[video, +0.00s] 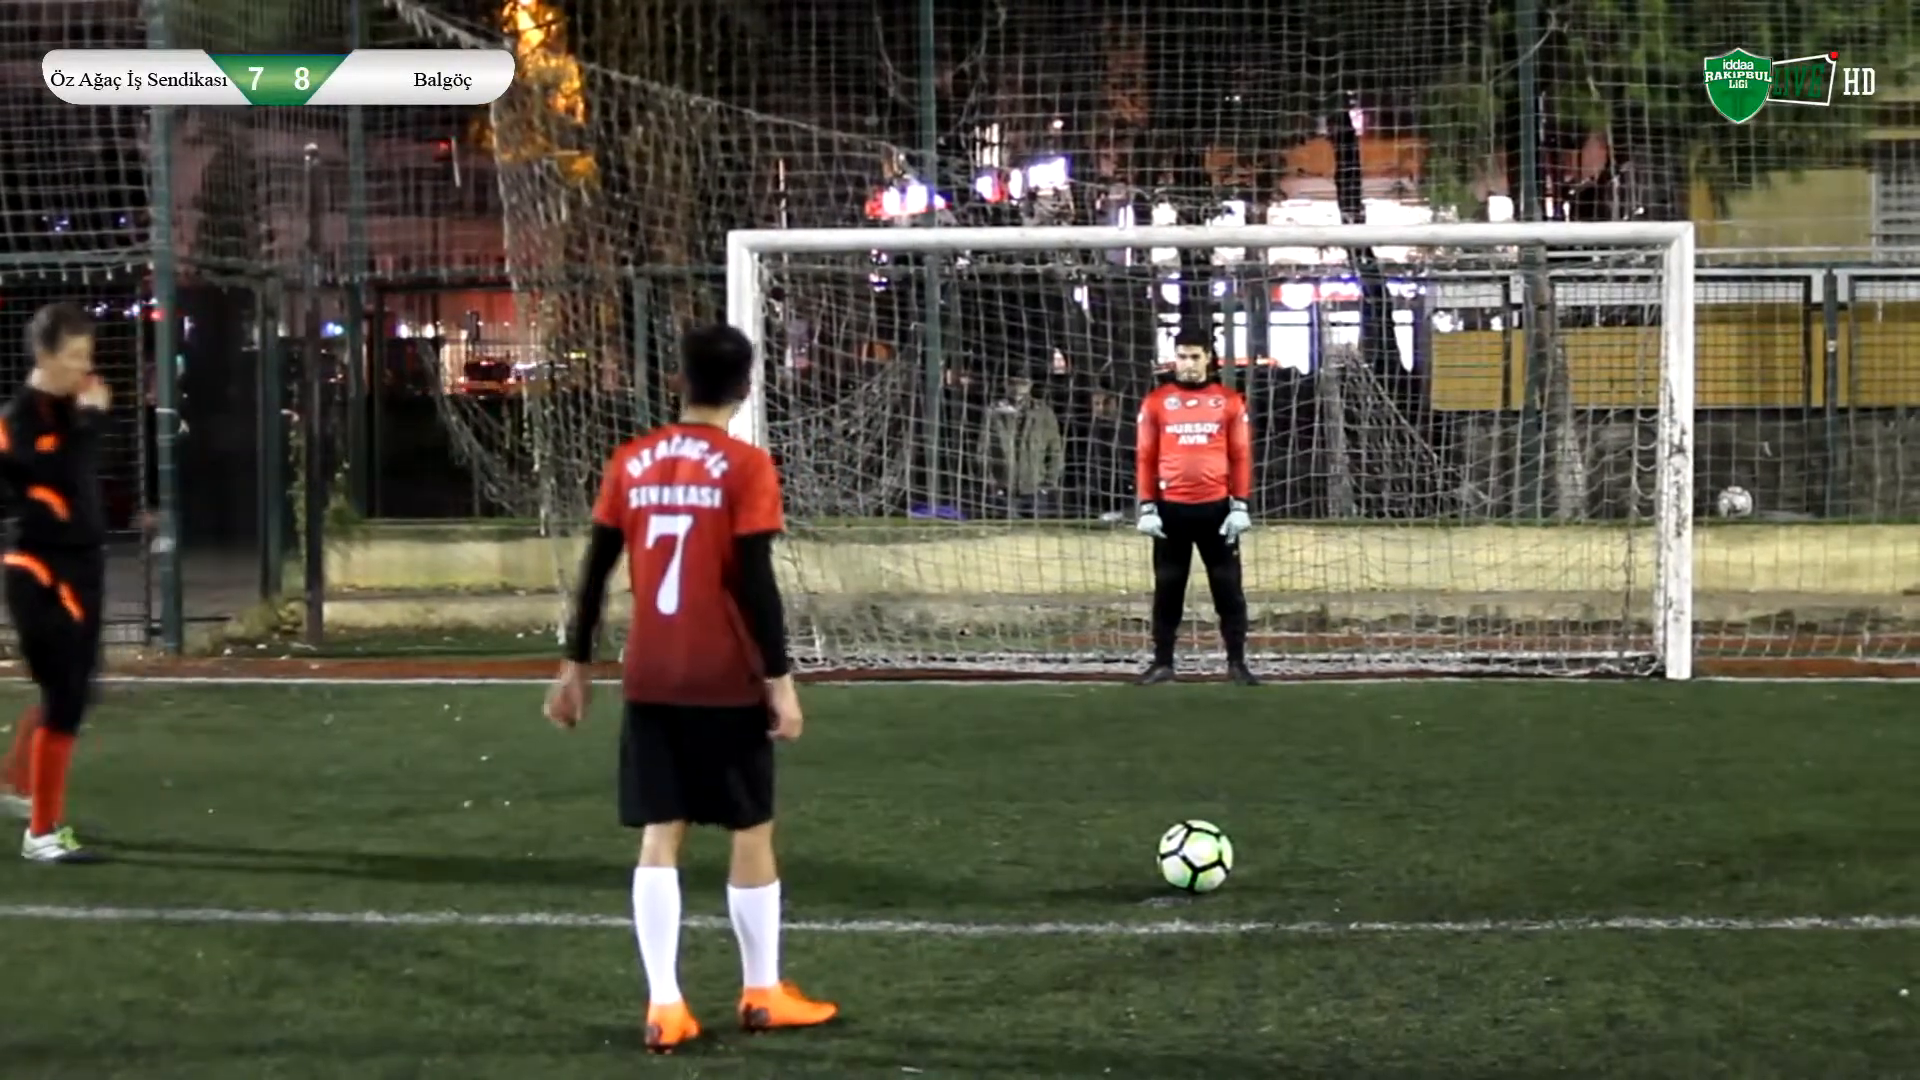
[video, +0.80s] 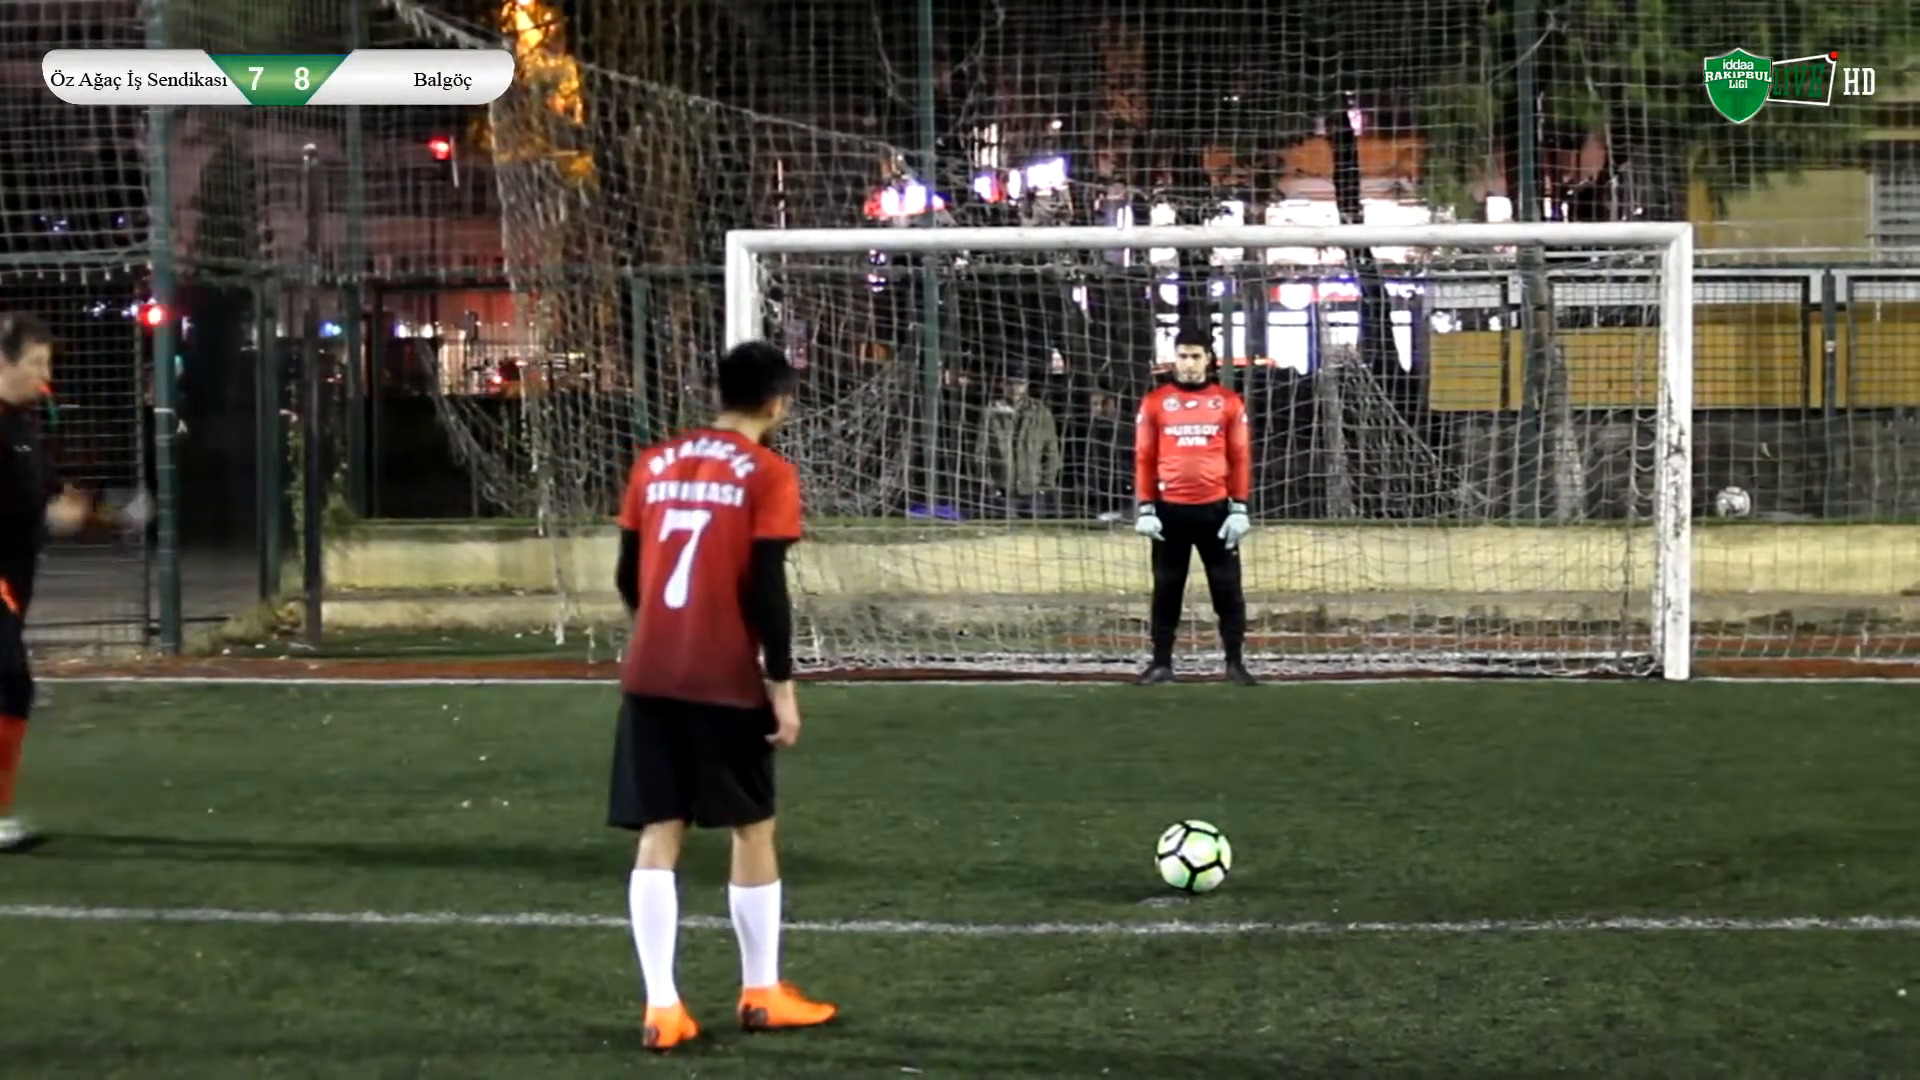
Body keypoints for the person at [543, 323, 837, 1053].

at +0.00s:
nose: (744, 394)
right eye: (749, 384)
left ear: (679, 385)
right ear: (744, 389)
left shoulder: (631, 461)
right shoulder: (748, 465)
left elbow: (594, 567)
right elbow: (752, 572)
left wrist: (574, 661)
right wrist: (779, 674)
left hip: (650, 681)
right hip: (729, 681)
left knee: (660, 830)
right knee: (752, 830)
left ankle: (663, 1003)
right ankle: (764, 988)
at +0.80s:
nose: (788, 410)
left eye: (787, 400)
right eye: (788, 401)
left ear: (721, 394)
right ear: (775, 403)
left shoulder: (655, 461)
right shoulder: (770, 472)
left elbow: (630, 574)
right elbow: (765, 582)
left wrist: (662, 639)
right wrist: (782, 680)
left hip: (650, 673)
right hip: (727, 677)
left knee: (659, 828)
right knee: (754, 827)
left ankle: (661, 1004)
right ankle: (763, 988)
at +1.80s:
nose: (849, 449)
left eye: (847, 439)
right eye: (848, 438)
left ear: (784, 431)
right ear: (837, 436)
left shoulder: (726, 488)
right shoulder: (831, 491)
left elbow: (687, 591)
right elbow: (803, 574)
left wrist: (731, 638)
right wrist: (803, 676)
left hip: (706, 686)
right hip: (775, 687)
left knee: (693, 831)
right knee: (846, 792)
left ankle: (664, 1002)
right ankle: (840, 957)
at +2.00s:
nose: (882, 474)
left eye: (882, 464)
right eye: (881, 464)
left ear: (821, 458)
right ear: (868, 462)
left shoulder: (768, 511)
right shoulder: (862, 511)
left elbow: (748, 600)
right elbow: (842, 588)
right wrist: (833, 672)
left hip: (740, 695)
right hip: (807, 693)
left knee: (712, 832)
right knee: (889, 791)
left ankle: (671, 992)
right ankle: (891, 950)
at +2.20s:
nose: (926, 490)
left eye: (923, 481)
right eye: (924, 480)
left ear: (866, 475)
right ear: (912, 478)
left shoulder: (819, 523)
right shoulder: (915, 528)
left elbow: (798, 614)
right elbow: (910, 602)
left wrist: (812, 667)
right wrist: (900, 672)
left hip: (802, 697)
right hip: (870, 698)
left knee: (784, 832)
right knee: (933, 814)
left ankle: (707, 961)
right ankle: (897, 963)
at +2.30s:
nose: (944, 489)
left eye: (942, 480)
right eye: (942, 480)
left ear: (883, 480)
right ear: (932, 481)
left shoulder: (850, 522)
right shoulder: (940, 526)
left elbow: (813, 567)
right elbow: (946, 593)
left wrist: (864, 606)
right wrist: (968, 686)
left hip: (830, 697)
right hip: (896, 698)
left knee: (834, 846)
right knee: (950, 822)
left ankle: (747, 934)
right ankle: (900, 965)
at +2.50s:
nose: (970, 461)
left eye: (965, 452)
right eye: (968, 452)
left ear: (912, 455)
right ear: (959, 453)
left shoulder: (874, 499)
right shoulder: (984, 510)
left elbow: (804, 492)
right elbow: (1033, 592)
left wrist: (843, 545)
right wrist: (1083, 642)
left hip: (881, 678)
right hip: (942, 678)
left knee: (946, 800)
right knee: (971, 819)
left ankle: (907, 898)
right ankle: (912, 947)